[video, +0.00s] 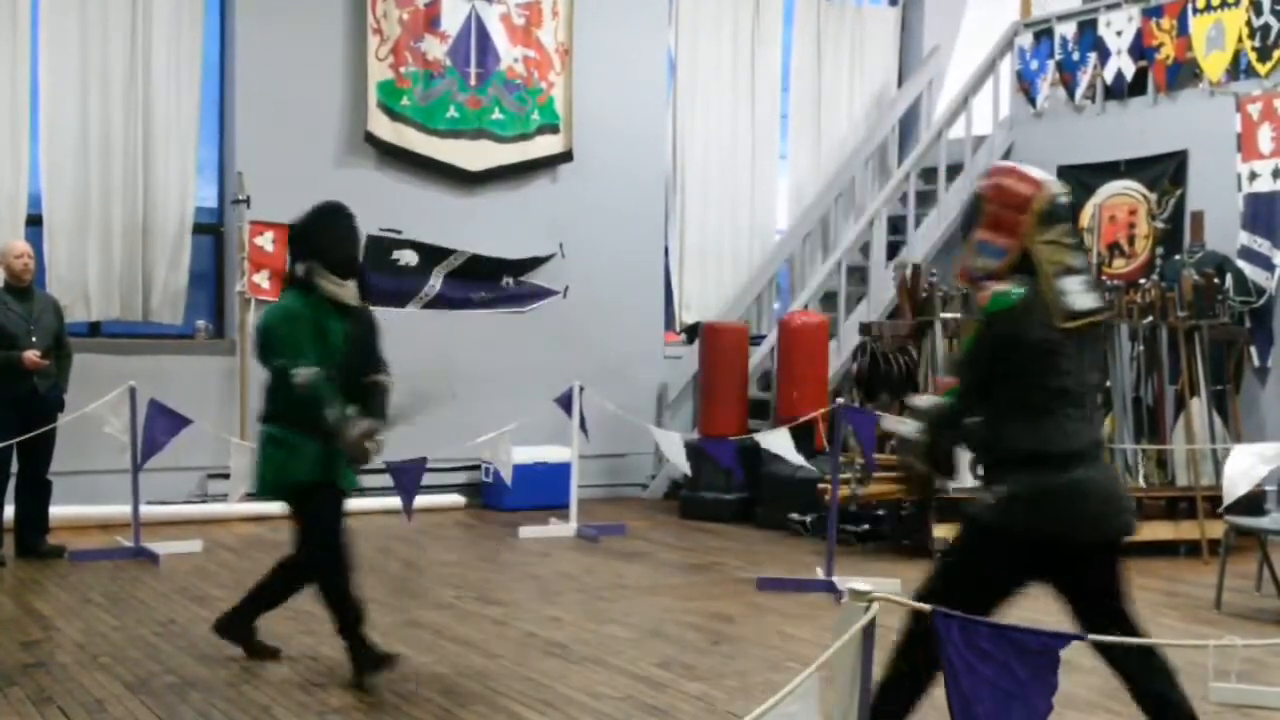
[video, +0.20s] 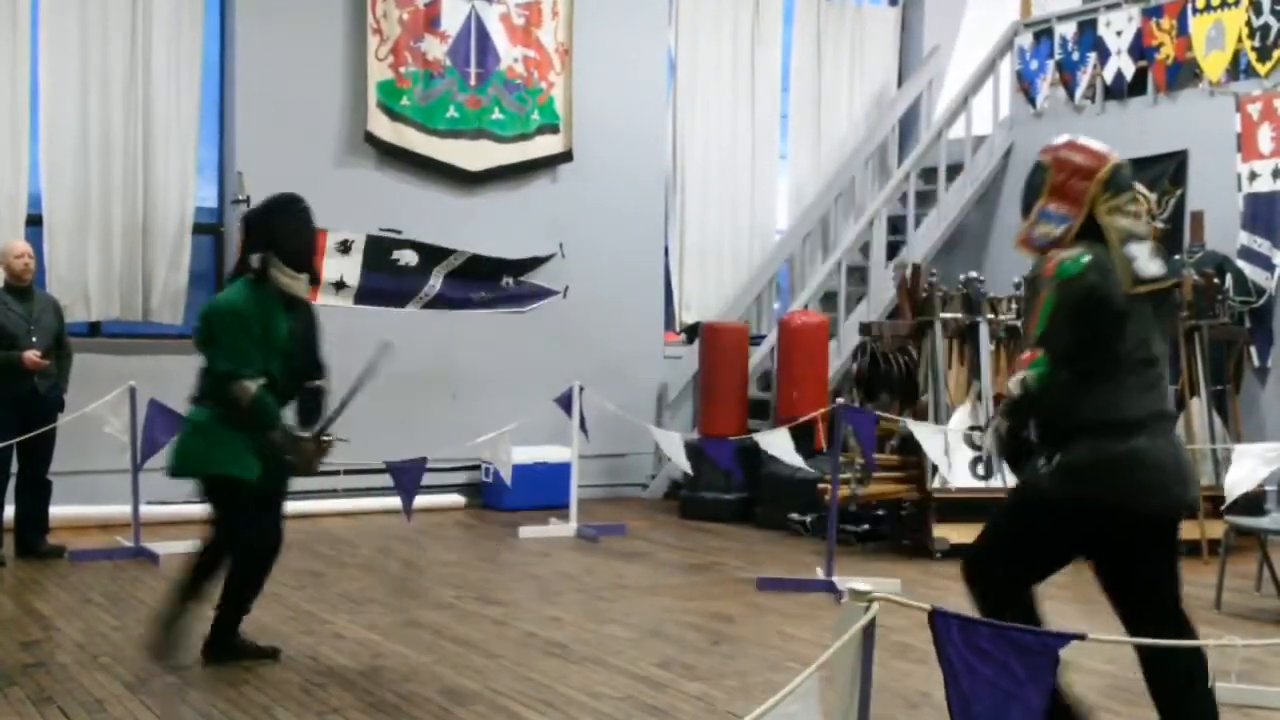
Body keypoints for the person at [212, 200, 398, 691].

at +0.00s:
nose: (352, 255)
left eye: (352, 245)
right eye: (344, 245)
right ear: (323, 250)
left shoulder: (354, 315)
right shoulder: (288, 315)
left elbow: (370, 373)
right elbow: (305, 386)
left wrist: (368, 416)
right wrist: (344, 427)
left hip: (332, 449)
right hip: (296, 450)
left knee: (314, 554)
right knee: (327, 552)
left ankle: (239, 618)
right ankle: (360, 649)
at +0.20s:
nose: (311, 247)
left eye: (310, 236)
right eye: (302, 236)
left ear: (273, 244)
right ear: (279, 243)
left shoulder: (297, 309)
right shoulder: (235, 306)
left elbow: (310, 378)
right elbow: (237, 386)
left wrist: (310, 430)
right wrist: (284, 435)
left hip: (265, 444)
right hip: (221, 439)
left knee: (262, 540)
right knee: (231, 531)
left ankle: (224, 636)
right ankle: (171, 620)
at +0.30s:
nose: (289, 247)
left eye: (288, 236)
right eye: (281, 236)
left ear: (253, 244)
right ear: (256, 243)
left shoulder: (267, 307)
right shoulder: (215, 307)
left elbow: (262, 377)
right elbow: (215, 387)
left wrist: (262, 420)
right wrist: (253, 437)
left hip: (234, 444)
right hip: (190, 441)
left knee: (245, 540)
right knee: (158, 540)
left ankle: (222, 638)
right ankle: (85, 604)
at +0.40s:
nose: (263, 258)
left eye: (262, 247)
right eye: (254, 248)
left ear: (228, 255)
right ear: (229, 254)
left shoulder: (238, 315)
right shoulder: (188, 316)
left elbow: (225, 386)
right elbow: (186, 394)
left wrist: (233, 432)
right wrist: (225, 441)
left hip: (202, 452)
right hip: (156, 449)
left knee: (234, 537)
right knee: (107, 538)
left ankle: (221, 636)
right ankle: (40, 617)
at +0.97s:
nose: (250, 255)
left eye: (251, 244)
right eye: (242, 244)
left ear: (216, 250)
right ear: (212, 247)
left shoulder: (215, 307)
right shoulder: (171, 308)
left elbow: (224, 378)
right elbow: (207, 385)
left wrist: (259, 421)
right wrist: (260, 426)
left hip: (181, 437)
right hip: (138, 436)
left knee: (203, 536)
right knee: (154, 536)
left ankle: (204, 636)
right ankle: (99, 636)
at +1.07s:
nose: (262, 263)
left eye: (264, 253)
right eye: (256, 252)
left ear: (226, 253)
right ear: (226, 251)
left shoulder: (223, 308)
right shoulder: (176, 306)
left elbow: (224, 380)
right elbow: (209, 385)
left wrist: (251, 425)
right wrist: (251, 430)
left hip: (188, 437)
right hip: (149, 437)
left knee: (212, 537)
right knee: (167, 537)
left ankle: (205, 636)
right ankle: (148, 662)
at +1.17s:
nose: (271, 271)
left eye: (271, 259)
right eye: (263, 260)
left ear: (225, 265)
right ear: (233, 265)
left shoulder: (222, 316)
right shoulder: (193, 325)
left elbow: (211, 400)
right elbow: (207, 409)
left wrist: (235, 438)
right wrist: (241, 446)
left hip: (189, 454)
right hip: (155, 456)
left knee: (222, 546)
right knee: (190, 551)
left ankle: (205, 637)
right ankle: (181, 680)